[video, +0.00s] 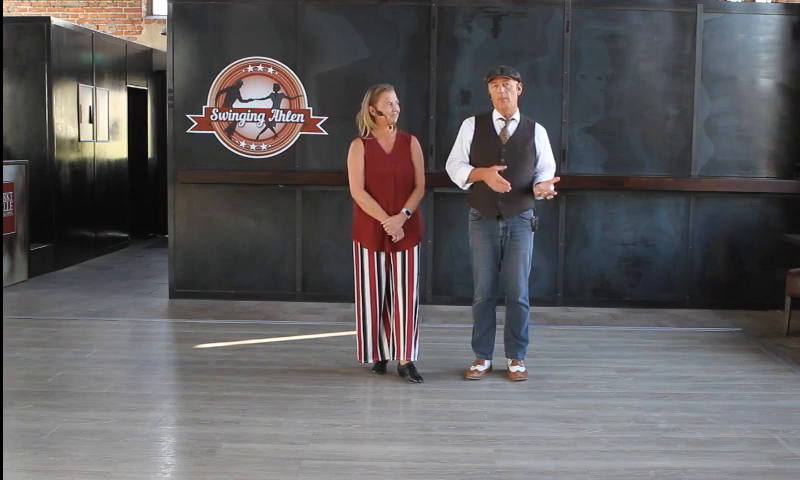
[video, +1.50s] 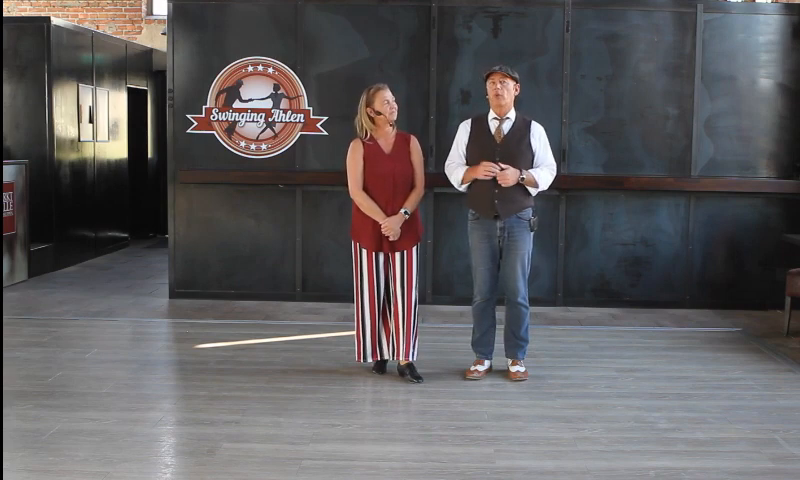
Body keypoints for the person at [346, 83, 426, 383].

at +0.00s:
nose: (395, 108)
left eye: (396, 104)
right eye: (388, 105)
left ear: (399, 107)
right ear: (373, 110)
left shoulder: (411, 143)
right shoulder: (360, 145)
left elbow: (420, 187)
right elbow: (357, 191)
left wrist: (402, 216)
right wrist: (389, 221)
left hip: (405, 231)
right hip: (371, 232)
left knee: (406, 296)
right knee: (374, 295)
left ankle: (406, 359)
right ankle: (379, 356)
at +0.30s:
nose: (395, 107)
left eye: (396, 103)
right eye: (389, 104)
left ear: (399, 107)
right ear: (373, 110)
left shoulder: (412, 143)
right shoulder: (360, 145)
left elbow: (421, 187)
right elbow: (357, 191)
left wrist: (402, 216)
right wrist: (388, 220)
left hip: (406, 231)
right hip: (371, 232)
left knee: (407, 296)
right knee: (374, 295)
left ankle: (406, 359)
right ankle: (378, 356)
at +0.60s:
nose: (396, 108)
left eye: (397, 103)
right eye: (389, 104)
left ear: (400, 107)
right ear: (373, 110)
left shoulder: (412, 143)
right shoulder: (360, 145)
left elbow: (421, 187)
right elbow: (357, 190)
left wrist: (402, 216)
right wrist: (388, 220)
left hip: (406, 230)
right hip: (371, 231)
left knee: (407, 295)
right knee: (374, 295)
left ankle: (406, 359)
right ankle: (378, 356)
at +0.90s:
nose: (396, 108)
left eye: (397, 103)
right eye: (389, 105)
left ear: (400, 107)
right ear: (373, 110)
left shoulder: (412, 143)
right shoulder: (360, 145)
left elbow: (421, 187)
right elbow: (357, 190)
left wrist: (402, 216)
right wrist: (387, 220)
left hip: (405, 230)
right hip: (371, 231)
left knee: (407, 295)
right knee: (374, 295)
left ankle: (406, 359)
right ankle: (378, 355)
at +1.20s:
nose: (393, 107)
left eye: (395, 103)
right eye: (387, 104)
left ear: (398, 106)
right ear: (371, 110)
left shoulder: (411, 143)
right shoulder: (359, 145)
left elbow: (420, 187)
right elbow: (356, 190)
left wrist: (402, 216)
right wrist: (387, 220)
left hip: (405, 230)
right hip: (370, 231)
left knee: (405, 295)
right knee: (373, 295)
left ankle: (405, 359)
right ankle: (378, 355)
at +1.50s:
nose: (393, 105)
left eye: (393, 101)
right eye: (386, 103)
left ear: (396, 105)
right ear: (371, 110)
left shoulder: (410, 142)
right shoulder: (359, 146)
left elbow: (420, 187)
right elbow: (355, 191)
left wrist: (401, 216)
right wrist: (386, 221)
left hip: (404, 230)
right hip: (370, 231)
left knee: (405, 295)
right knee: (373, 295)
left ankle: (406, 359)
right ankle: (379, 355)